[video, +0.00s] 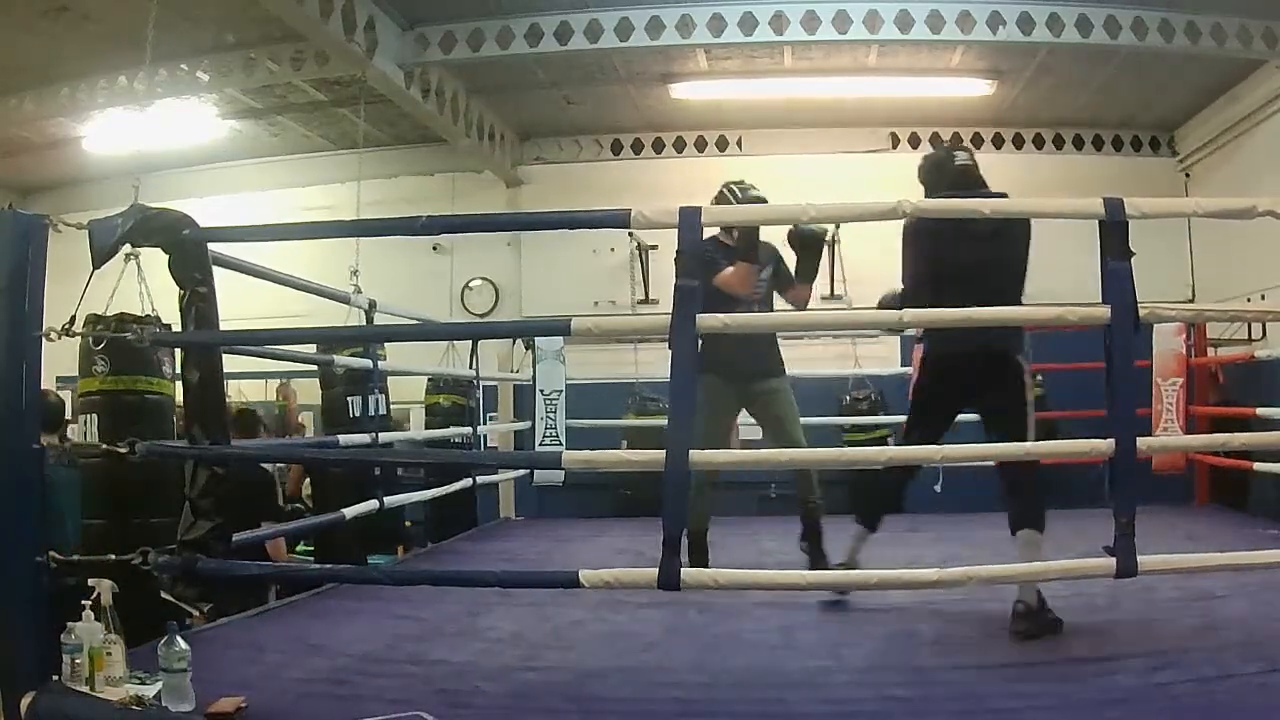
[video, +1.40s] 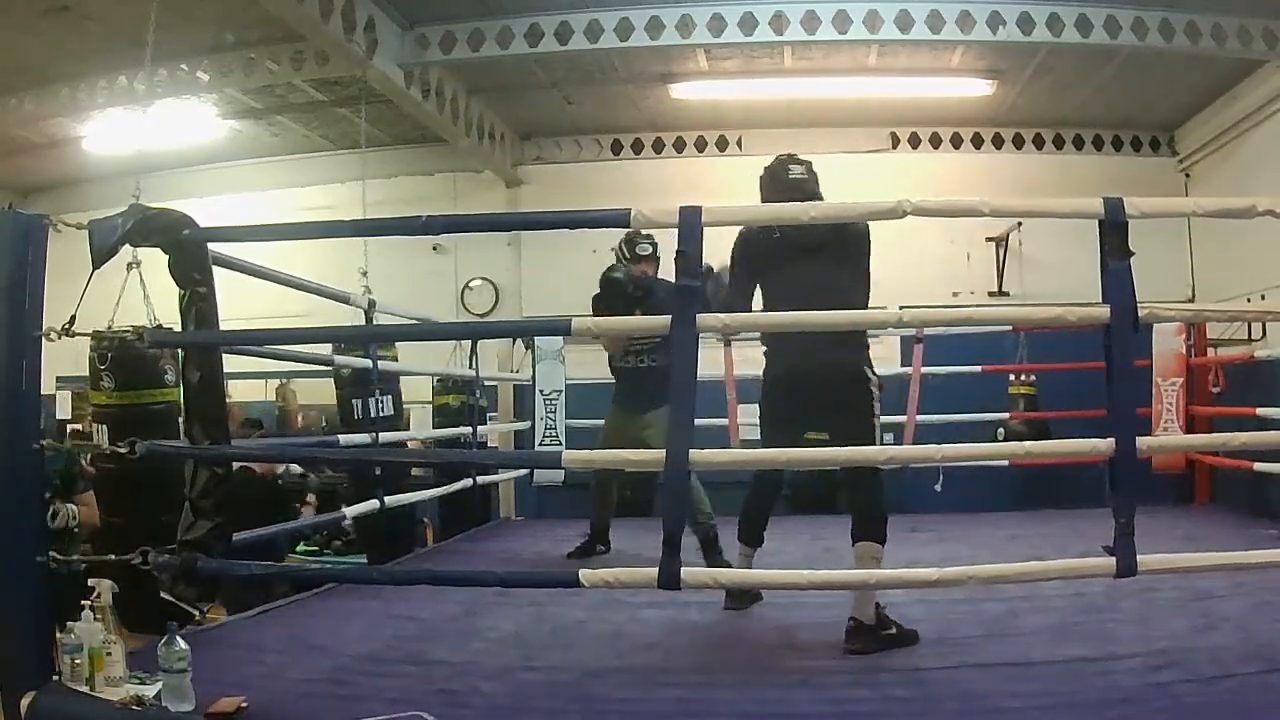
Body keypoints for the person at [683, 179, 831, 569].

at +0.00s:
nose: (753, 223)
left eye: (758, 217)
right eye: (745, 217)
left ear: (761, 217)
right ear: (725, 216)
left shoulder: (767, 253)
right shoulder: (702, 253)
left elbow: (799, 298)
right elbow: (741, 286)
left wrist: (810, 257)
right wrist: (748, 234)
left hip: (765, 372)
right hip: (716, 375)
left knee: (798, 450)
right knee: (706, 461)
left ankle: (814, 541)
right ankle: (697, 547)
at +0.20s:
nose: (727, 240)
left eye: (732, 232)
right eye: (717, 232)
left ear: (741, 234)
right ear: (702, 235)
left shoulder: (754, 270)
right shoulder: (689, 274)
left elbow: (800, 303)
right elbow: (711, 314)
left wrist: (799, 265)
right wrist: (715, 263)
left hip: (752, 393)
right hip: (701, 396)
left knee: (772, 470)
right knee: (677, 468)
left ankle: (780, 553)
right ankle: (660, 520)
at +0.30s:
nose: (711, 256)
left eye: (717, 249)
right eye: (703, 250)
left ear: (727, 251)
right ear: (691, 253)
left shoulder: (743, 287)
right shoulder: (679, 291)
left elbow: (777, 327)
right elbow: (671, 302)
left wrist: (784, 292)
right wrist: (699, 281)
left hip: (740, 403)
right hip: (691, 406)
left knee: (766, 473)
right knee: (666, 468)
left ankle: (780, 552)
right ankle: (657, 524)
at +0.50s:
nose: (670, 267)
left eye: (676, 260)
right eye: (665, 261)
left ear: (688, 257)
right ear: (659, 262)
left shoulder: (711, 291)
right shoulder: (650, 294)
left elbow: (741, 331)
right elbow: (641, 327)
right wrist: (654, 280)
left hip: (703, 394)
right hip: (663, 395)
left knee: (717, 464)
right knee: (651, 464)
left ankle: (751, 543)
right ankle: (665, 532)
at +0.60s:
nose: (665, 257)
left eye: (670, 251)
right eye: (661, 253)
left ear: (681, 254)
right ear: (650, 257)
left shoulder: (698, 286)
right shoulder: (642, 289)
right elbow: (639, 316)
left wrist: (678, 278)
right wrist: (639, 269)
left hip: (695, 387)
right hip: (656, 388)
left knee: (703, 460)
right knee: (653, 462)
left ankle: (723, 539)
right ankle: (664, 532)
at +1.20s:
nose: (661, 267)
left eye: (665, 260)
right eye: (655, 261)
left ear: (671, 262)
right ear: (634, 264)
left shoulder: (676, 291)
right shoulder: (615, 290)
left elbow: (675, 324)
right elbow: (618, 330)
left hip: (667, 394)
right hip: (629, 392)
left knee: (675, 469)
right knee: (610, 462)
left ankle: (689, 543)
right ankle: (605, 533)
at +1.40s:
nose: (645, 270)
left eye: (650, 263)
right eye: (638, 263)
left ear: (657, 263)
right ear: (623, 263)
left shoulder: (669, 295)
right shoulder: (606, 299)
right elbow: (613, 345)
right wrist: (624, 301)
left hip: (663, 401)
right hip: (623, 402)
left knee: (679, 472)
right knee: (604, 468)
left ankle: (712, 551)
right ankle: (599, 538)